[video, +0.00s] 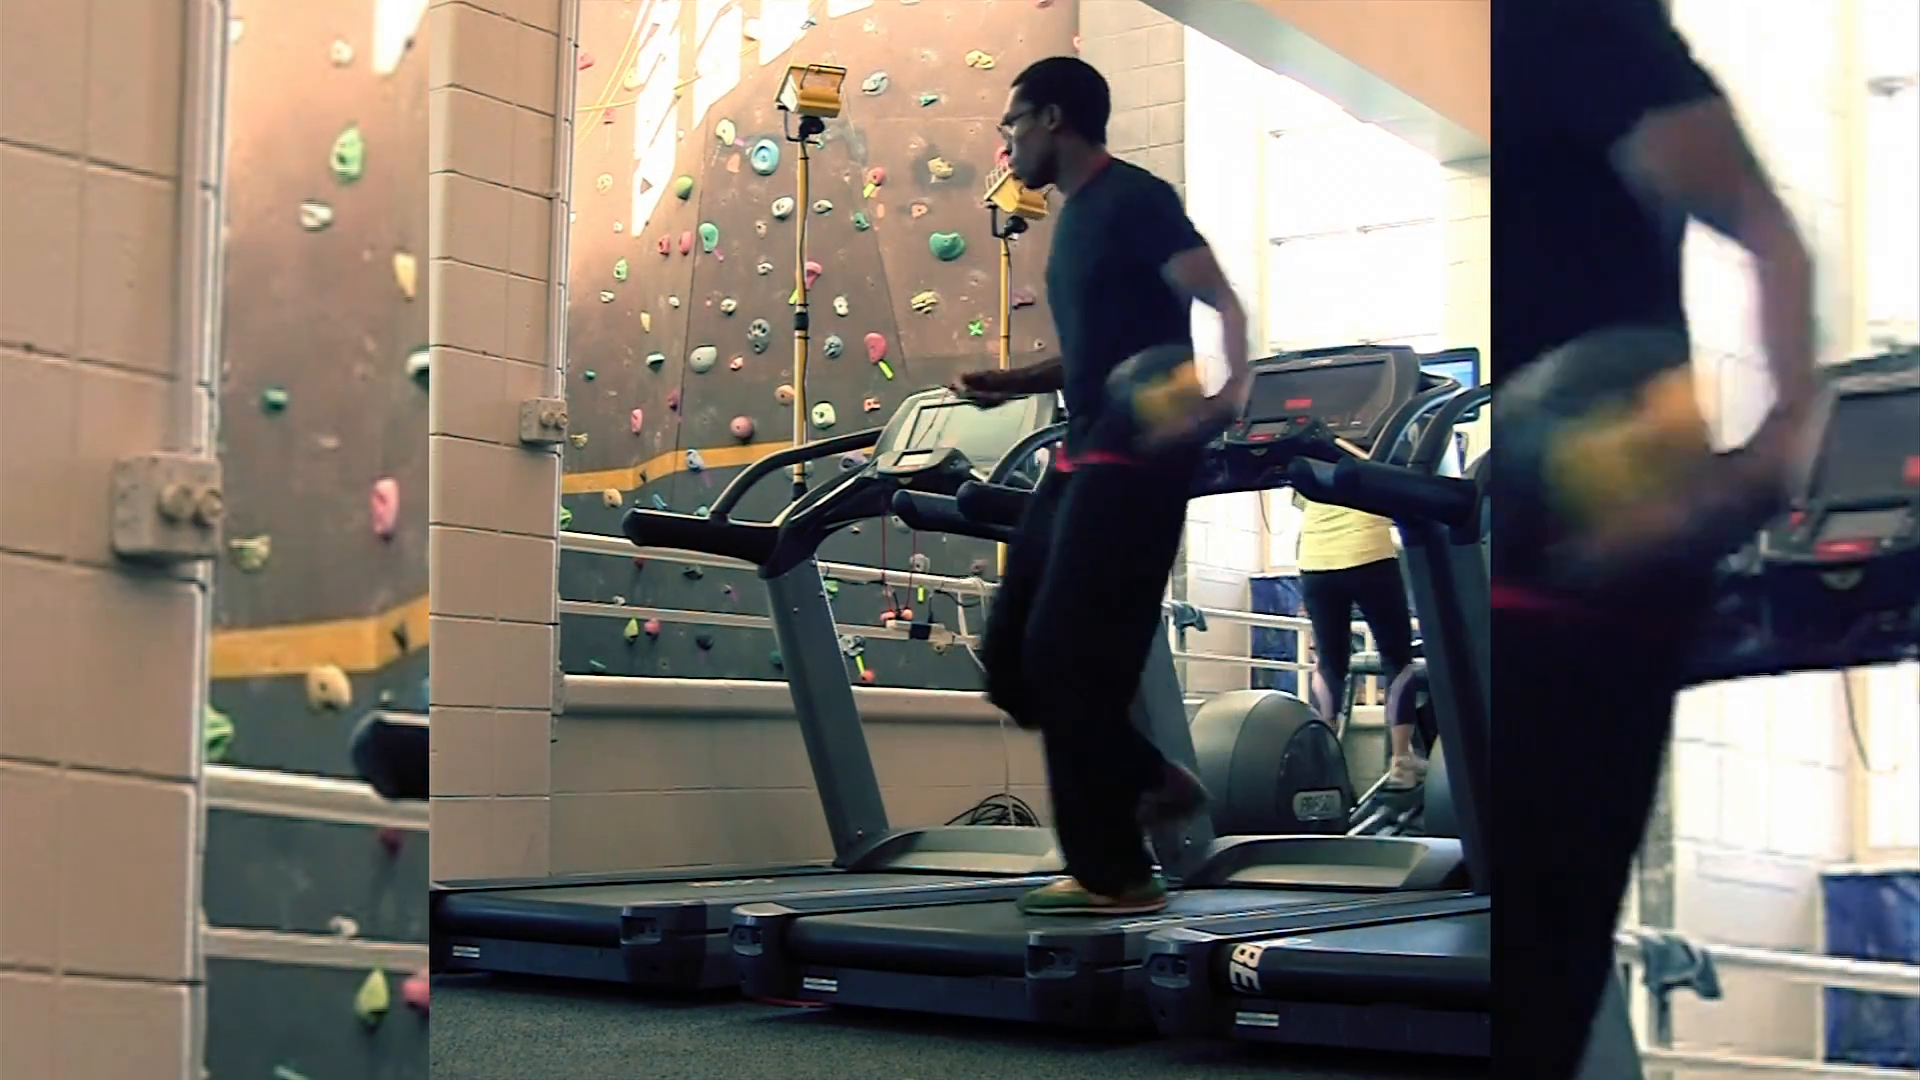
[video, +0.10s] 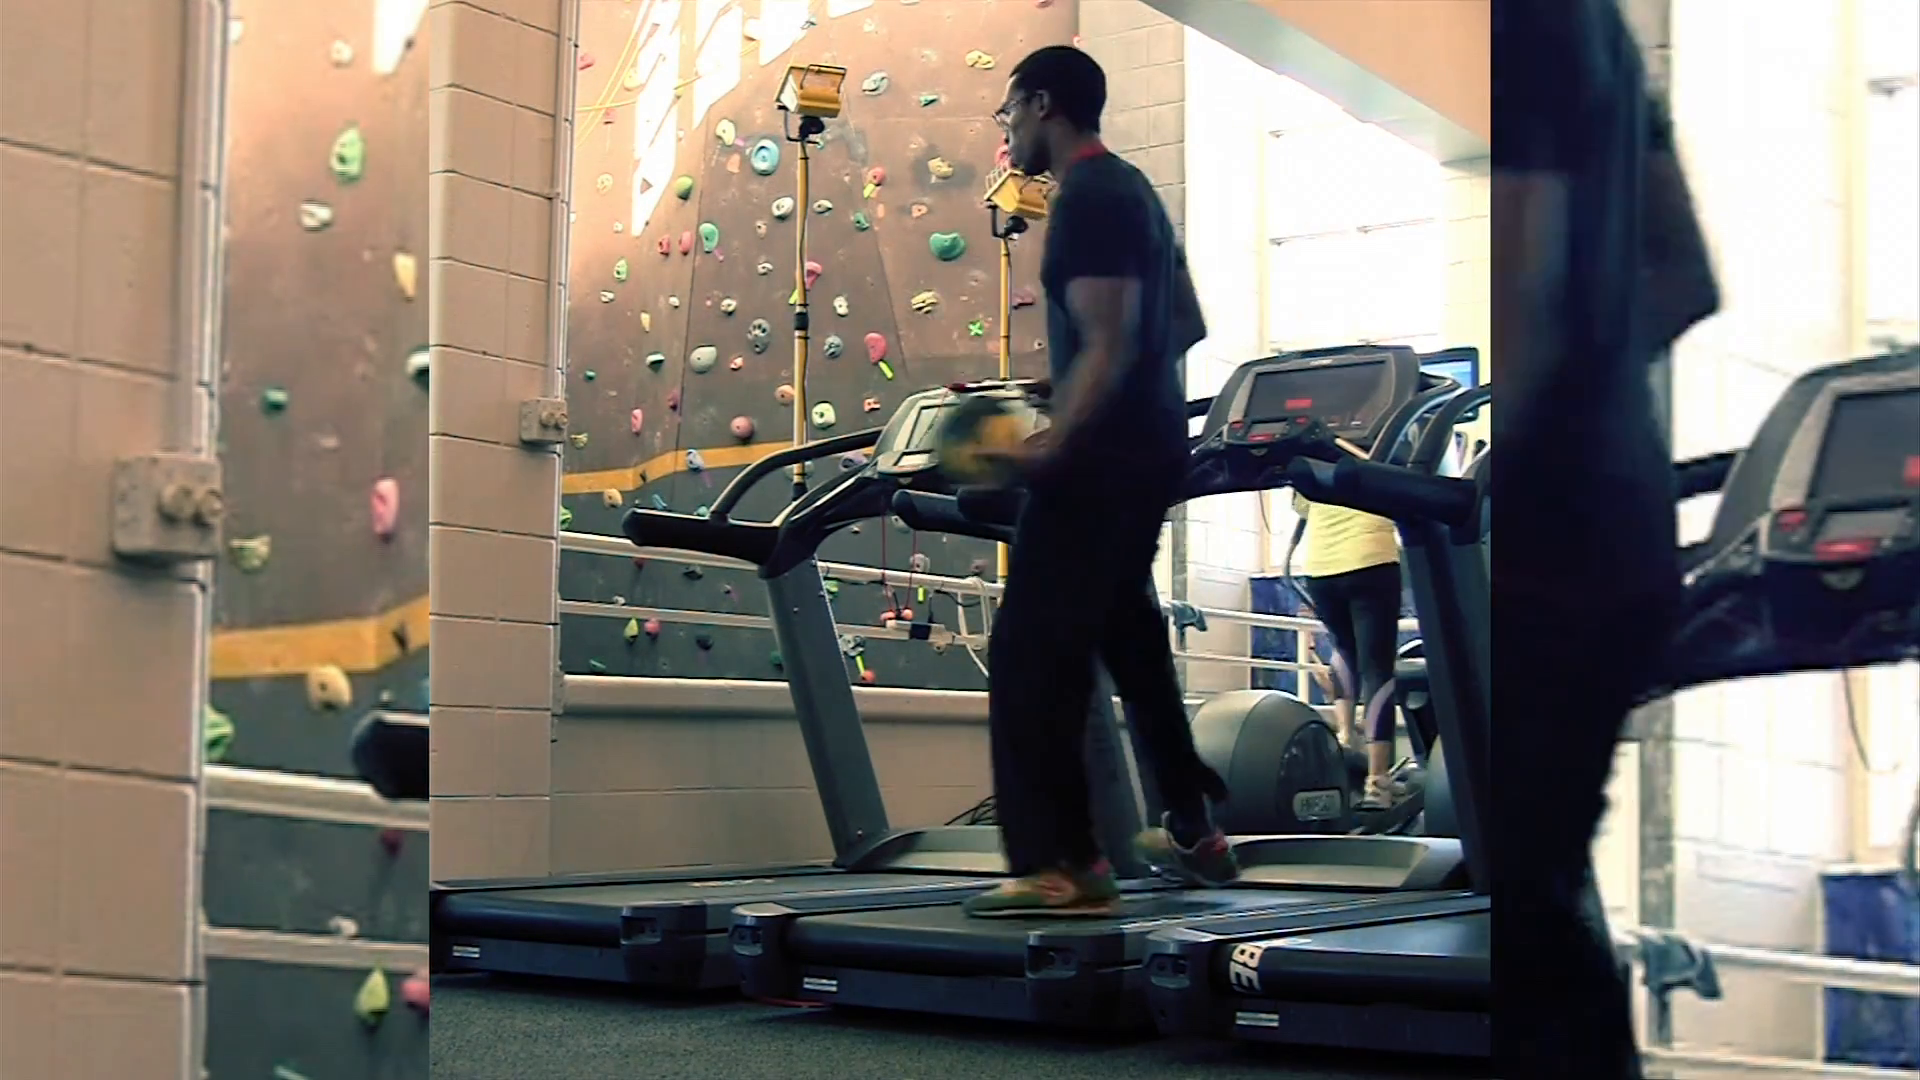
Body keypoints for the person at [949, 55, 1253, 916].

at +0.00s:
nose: (1003, 142)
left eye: (1013, 124)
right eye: (1004, 126)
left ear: (1055, 122)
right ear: (1057, 126)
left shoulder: (1133, 198)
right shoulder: (1076, 217)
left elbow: (1222, 301)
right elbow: (1098, 348)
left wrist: (1231, 391)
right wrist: (1013, 377)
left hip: (1134, 468)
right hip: (1078, 467)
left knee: (1070, 665)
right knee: (1011, 663)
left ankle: (1115, 878)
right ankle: (1159, 784)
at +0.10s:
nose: (1002, 131)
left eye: (1010, 113)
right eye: (1004, 115)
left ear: (1046, 109)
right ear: (1076, 111)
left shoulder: (1087, 190)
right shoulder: (1131, 190)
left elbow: (1108, 338)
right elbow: (1184, 326)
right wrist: (1088, 389)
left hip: (1097, 454)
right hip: (1145, 452)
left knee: (1029, 648)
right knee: (1129, 633)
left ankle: (1062, 866)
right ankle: (1197, 832)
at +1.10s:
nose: (1047, 98)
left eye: (1060, 83)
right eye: (1030, 83)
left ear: (1078, 82)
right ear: (1000, 84)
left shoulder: (1124, 158)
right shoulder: (991, 190)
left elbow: (1227, 239)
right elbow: (1022, 292)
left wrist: (1211, 369)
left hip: (1120, 396)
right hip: (1037, 413)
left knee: (1111, 582)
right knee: (1052, 607)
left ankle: (1186, 795)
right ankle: (1102, 816)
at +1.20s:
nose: (1090, 104)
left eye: (1102, 90)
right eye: (1075, 87)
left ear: (1112, 91)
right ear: (1033, 83)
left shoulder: (1144, 181)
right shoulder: (986, 189)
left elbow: (1184, 290)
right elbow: (978, 275)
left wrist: (1144, 368)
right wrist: (963, 365)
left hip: (1128, 439)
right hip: (1034, 447)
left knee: (1163, 634)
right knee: (1047, 660)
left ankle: (1268, 807)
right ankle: (1090, 843)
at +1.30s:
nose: (1144, 114)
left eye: (1152, 100)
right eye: (1132, 94)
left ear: (1144, 101)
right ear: (1076, 84)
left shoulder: (1158, 198)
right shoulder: (991, 182)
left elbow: (1155, 327)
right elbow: (906, 260)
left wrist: (1157, 425)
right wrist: (851, 342)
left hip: (1138, 457)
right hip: (1031, 459)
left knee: (1194, 632)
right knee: (1023, 651)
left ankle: (1259, 812)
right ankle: (1047, 845)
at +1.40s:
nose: (1173, 124)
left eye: (1178, 110)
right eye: (1165, 103)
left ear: (1133, 100)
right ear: (1113, 88)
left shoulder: (1140, 210)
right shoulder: (1009, 161)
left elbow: (1107, 328)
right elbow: (896, 242)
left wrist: (1135, 419)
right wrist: (904, 327)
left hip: (1128, 450)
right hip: (1029, 446)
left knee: (1196, 626)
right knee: (1000, 641)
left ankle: (1193, 816)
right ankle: (991, 844)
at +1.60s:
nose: (1166, 180)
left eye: (1169, 169)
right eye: (1163, 164)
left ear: (1100, 143)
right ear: (1130, 142)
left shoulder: (1034, 221)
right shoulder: (1102, 181)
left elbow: (1050, 385)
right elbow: (1172, 259)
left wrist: (1131, 474)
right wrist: (1260, 286)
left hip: (1036, 453)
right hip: (1067, 449)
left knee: (1135, 653)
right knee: (1068, 638)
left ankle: (1068, 858)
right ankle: (909, 820)